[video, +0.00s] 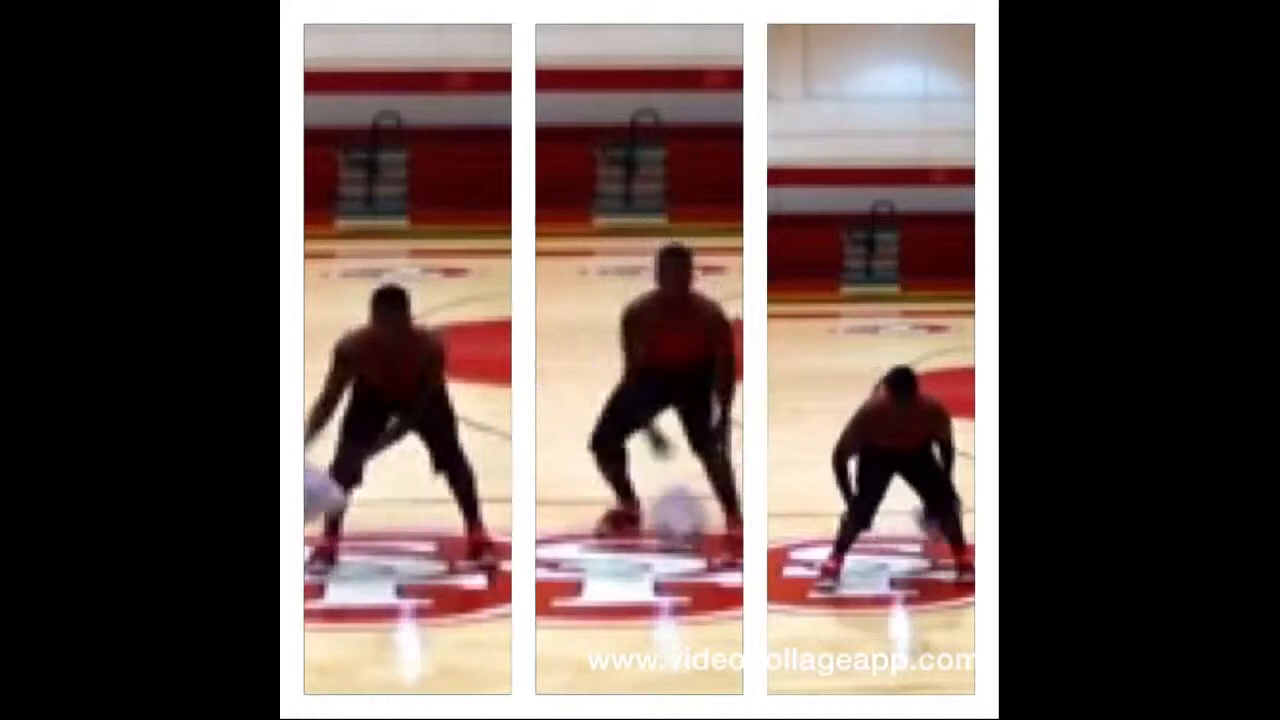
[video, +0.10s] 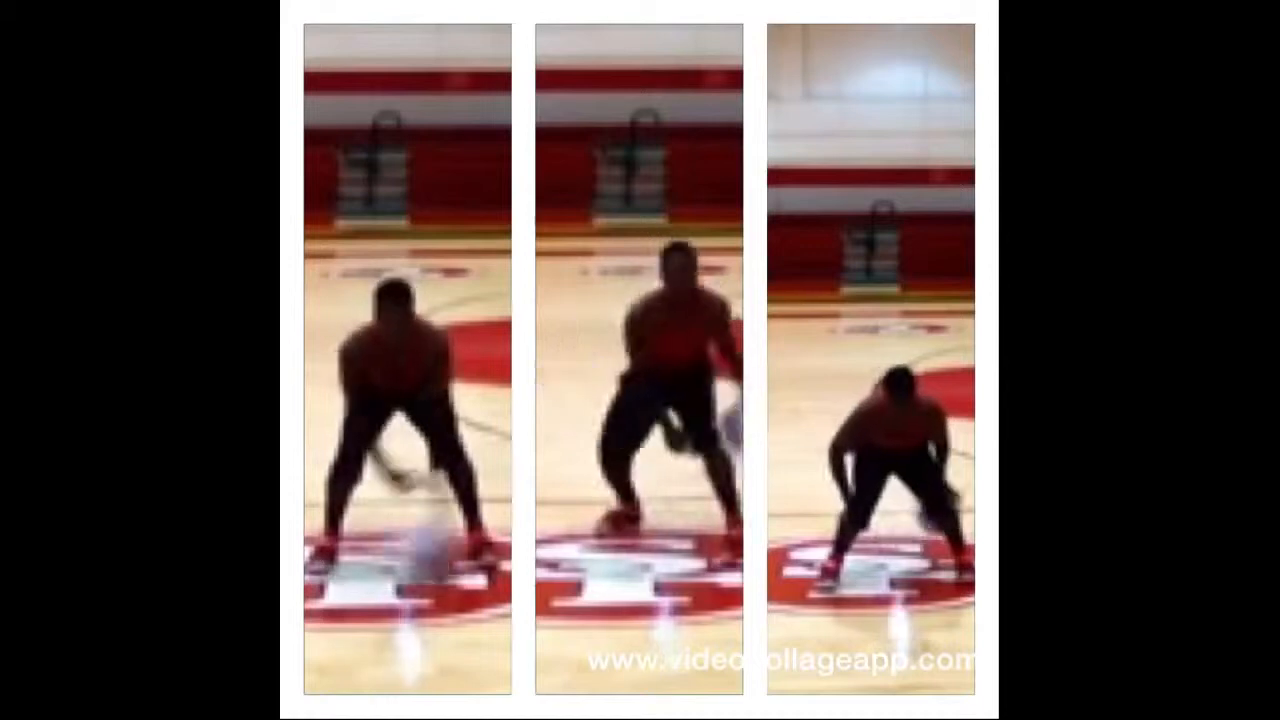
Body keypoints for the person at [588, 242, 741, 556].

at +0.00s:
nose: (676, 282)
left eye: (681, 274)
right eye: (669, 275)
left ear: (691, 275)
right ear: (658, 276)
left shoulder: (709, 315)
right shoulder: (637, 315)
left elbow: (725, 370)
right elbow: (633, 376)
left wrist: (723, 417)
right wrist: (648, 427)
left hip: (694, 386)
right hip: (649, 385)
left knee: (709, 447)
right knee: (605, 442)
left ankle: (734, 517)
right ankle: (628, 507)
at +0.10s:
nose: (679, 278)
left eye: (685, 270)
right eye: (673, 271)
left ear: (696, 271)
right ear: (662, 273)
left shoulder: (711, 308)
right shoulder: (642, 314)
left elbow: (728, 351)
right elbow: (642, 374)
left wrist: (745, 383)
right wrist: (662, 420)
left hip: (693, 383)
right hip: (648, 383)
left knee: (708, 444)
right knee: (612, 451)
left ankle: (734, 517)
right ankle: (629, 508)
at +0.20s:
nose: (683, 268)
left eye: (689, 260)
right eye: (676, 261)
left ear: (700, 260)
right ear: (666, 263)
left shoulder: (716, 286)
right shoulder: (650, 303)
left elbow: (744, 311)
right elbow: (624, 354)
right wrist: (628, 395)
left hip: (694, 364)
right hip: (649, 367)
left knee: (719, 437)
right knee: (626, 439)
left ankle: (736, 509)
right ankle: (627, 499)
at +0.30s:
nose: (684, 270)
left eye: (690, 262)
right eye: (677, 263)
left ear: (700, 261)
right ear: (667, 264)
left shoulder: (720, 288)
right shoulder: (647, 303)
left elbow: (754, 318)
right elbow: (617, 355)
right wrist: (611, 409)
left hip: (700, 360)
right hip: (655, 365)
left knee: (736, 425)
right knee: (641, 433)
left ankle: (721, 492)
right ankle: (631, 506)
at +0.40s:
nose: (680, 279)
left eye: (686, 270)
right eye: (673, 271)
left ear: (697, 270)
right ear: (663, 272)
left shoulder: (718, 308)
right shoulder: (647, 314)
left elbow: (734, 351)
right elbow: (628, 370)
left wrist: (732, 392)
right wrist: (627, 421)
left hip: (707, 373)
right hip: (665, 377)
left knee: (739, 428)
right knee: (658, 444)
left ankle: (723, 497)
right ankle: (644, 521)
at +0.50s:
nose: (678, 281)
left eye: (684, 274)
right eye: (672, 274)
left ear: (695, 274)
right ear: (663, 275)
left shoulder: (715, 313)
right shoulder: (647, 315)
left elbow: (726, 363)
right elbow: (634, 364)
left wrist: (734, 400)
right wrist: (626, 413)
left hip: (711, 383)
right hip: (670, 386)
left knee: (741, 444)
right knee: (664, 445)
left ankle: (720, 497)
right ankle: (643, 521)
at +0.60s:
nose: (673, 271)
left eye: (680, 264)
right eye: (667, 263)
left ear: (691, 264)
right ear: (658, 263)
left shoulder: (713, 302)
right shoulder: (642, 296)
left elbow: (738, 345)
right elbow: (617, 329)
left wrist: (739, 380)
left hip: (709, 369)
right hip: (663, 367)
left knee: (735, 437)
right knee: (642, 441)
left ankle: (721, 493)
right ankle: (634, 516)